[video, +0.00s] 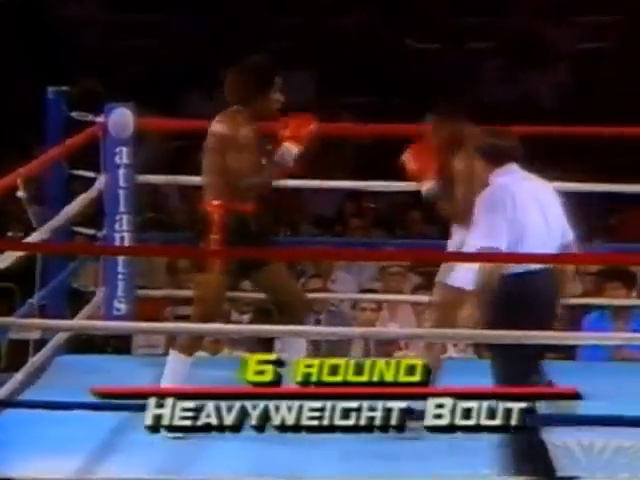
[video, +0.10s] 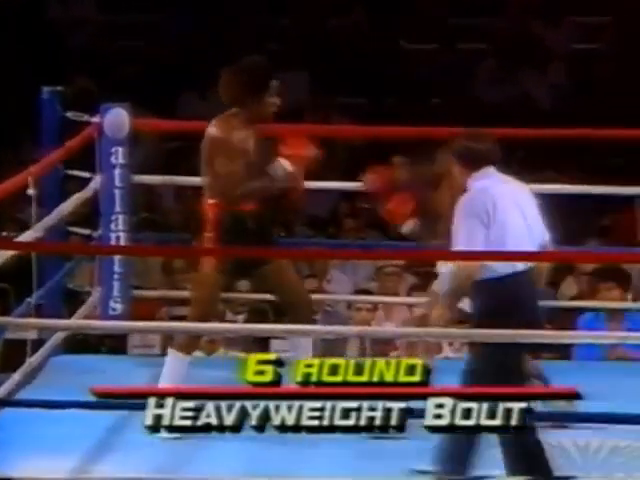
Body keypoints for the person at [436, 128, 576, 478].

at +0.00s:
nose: (470, 168)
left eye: (472, 161)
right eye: (470, 161)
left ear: (484, 161)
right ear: (514, 156)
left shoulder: (495, 193)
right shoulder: (544, 188)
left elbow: (491, 257)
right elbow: (566, 246)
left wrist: (481, 305)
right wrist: (560, 295)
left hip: (514, 283)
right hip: (547, 279)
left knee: (511, 375)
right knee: (522, 369)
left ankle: (535, 464)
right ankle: (523, 458)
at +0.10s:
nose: (452, 176)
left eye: (453, 167)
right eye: (452, 168)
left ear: (464, 165)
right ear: (491, 161)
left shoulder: (473, 198)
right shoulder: (520, 189)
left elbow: (469, 264)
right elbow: (543, 249)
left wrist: (446, 303)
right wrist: (531, 288)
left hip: (494, 292)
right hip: (524, 288)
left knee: (503, 383)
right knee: (479, 379)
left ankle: (533, 469)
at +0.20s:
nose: (436, 181)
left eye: (438, 173)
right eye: (436, 173)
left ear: (450, 170)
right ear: (477, 165)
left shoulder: (465, 198)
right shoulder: (506, 192)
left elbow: (457, 266)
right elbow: (531, 253)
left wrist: (433, 302)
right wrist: (518, 294)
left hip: (484, 294)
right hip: (509, 291)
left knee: (502, 386)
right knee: (465, 381)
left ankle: (535, 470)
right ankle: (423, 464)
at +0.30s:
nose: (416, 180)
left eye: (418, 173)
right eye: (416, 172)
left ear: (428, 173)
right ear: (456, 167)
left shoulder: (442, 204)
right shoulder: (483, 197)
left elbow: (437, 267)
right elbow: (504, 256)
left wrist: (404, 303)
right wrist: (495, 296)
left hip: (460, 294)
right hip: (486, 290)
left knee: (482, 384)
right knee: (449, 380)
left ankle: (528, 468)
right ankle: (411, 462)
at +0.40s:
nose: (399, 177)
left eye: (401, 170)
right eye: (400, 170)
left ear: (411, 170)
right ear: (439, 165)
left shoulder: (420, 204)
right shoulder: (465, 198)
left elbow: (415, 265)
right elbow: (487, 256)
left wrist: (389, 304)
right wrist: (478, 294)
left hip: (439, 295)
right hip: (468, 291)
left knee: (453, 385)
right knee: (433, 383)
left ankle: (516, 469)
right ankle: (409, 467)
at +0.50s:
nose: (374, 169)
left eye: (377, 163)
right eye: (375, 161)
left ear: (386, 165)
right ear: (416, 161)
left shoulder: (395, 200)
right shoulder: (442, 195)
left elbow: (391, 262)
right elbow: (460, 255)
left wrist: (368, 306)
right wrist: (449, 293)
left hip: (408, 291)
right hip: (440, 288)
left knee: (402, 384)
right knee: (414, 382)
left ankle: (471, 453)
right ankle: (406, 465)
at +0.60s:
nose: (364, 168)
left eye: (366, 162)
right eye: (366, 161)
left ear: (374, 163)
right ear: (405, 159)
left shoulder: (377, 197)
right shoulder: (428, 191)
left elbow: (375, 259)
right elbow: (444, 249)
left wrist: (358, 307)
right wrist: (431, 288)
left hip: (396, 283)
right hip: (427, 280)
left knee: (373, 366)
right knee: (412, 366)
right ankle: (411, 451)